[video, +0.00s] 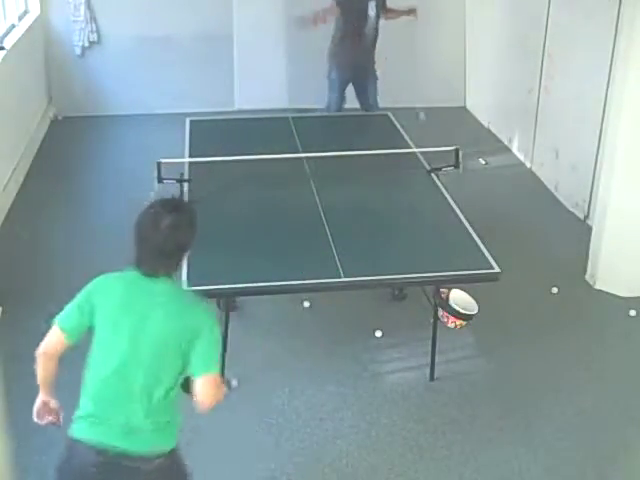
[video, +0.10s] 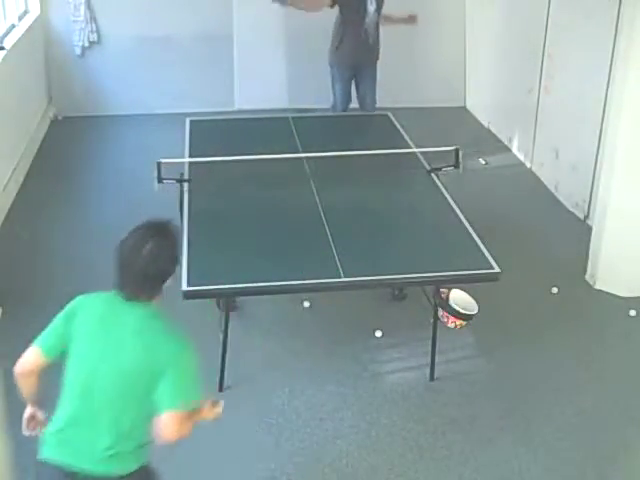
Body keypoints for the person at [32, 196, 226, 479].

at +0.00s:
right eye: (188, 245)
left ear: (139, 241)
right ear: (185, 252)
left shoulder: (104, 288)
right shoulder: (199, 313)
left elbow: (46, 351)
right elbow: (206, 399)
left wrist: (46, 395)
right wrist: (219, 386)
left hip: (87, 458)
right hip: (153, 464)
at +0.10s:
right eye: (172, 264)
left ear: (122, 264)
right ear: (167, 276)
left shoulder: (83, 308)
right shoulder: (171, 342)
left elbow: (24, 368)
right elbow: (168, 431)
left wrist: (32, 405)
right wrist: (198, 414)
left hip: (55, 461)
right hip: (118, 470)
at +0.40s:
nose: (128, 288)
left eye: (127, 281)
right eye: (128, 282)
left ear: (73, 277)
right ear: (119, 295)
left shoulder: (33, 313)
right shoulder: (109, 360)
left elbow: (1, 354)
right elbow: (87, 448)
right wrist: (144, 449)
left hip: (8, 457)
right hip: (58, 471)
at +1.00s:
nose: (199, 154)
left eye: (196, 147)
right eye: (193, 149)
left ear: (171, 159)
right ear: (172, 160)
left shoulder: (173, 189)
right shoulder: (146, 204)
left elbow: (211, 205)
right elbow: (198, 247)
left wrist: (255, 199)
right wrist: (239, 204)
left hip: (139, 298)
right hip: (107, 305)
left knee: (161, 356)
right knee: (100, 387)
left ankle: (173, 409)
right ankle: (71, 464)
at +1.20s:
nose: (194, 153)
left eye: (193, 145)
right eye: (189, 146)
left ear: (163, 153)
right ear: (168, 153)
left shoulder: (156, 184)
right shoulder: (145, 188)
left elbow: (167, 223)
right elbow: (178, 225)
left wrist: (199, 234)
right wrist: (208, 233)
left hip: (141, 297)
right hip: (115, 303)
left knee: (159, 347)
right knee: (107, 387)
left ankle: (149, 415)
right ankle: (72, 464)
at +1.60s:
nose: (187, 145)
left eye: (184, 139)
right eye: (185, 140)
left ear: (144, 144)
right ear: (177, 145)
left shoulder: (126, 180)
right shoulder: (191, 174)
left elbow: (95, 232)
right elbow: (234, 206)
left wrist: (54, 272)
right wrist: (271, 249)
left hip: (136, 290)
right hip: (172, 298)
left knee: (156, 352)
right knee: (178, 373)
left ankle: (155, 412)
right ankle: (128, 450)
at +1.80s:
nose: (195, 137)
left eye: (192, 131)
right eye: (193, 132)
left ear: (155, 139)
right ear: (189, 139)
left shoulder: (139, 181)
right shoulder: (206, 175)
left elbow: (120, 233)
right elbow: (250, 216)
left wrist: (91, 278)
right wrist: (293, 253)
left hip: (153, 293)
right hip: (194, 297)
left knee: (164, 346)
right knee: (223, 374)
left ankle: (153, 416)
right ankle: (221, 463)